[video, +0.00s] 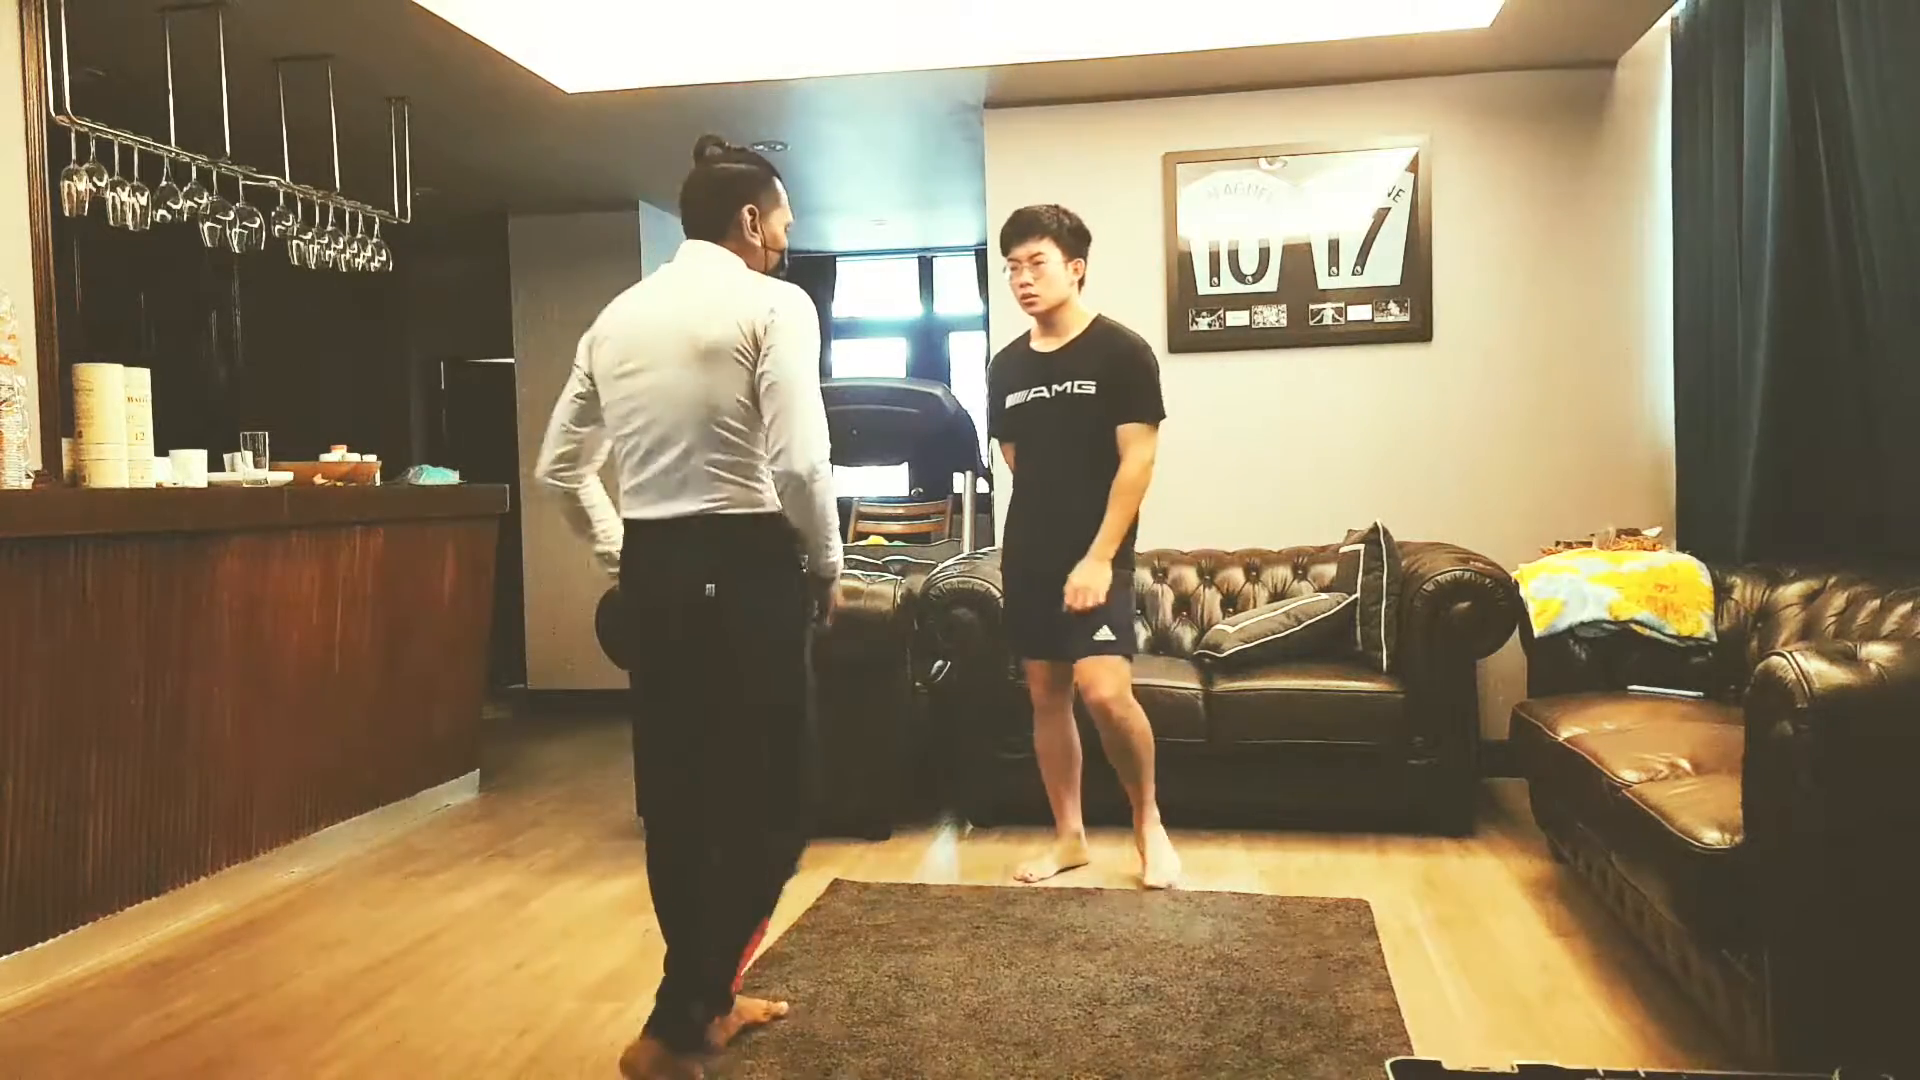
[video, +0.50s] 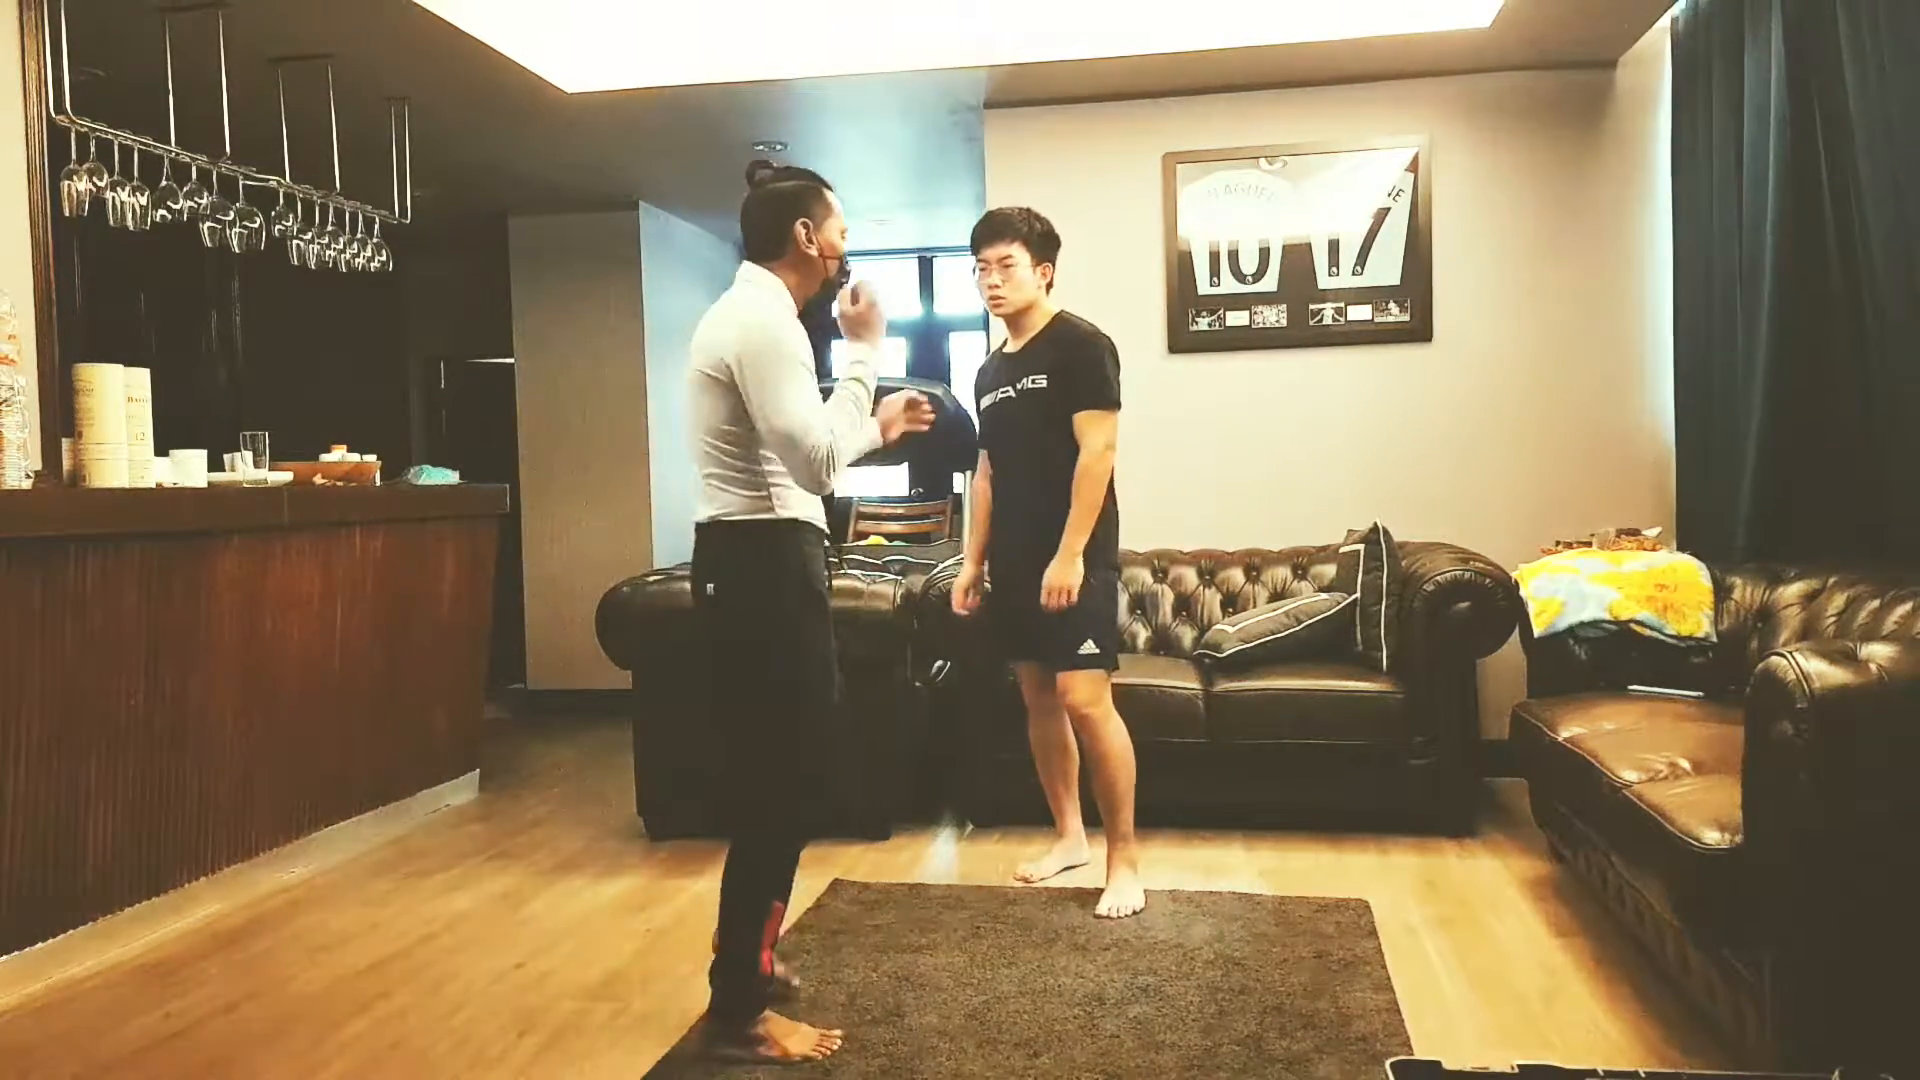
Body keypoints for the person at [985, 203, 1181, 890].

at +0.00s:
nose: (1022, 277)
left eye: (1037, 263)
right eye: (1014, 266)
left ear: (1077, 267)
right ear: (1008, 274)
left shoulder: (1122, 351)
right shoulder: (1006, 365)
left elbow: (1138, 463)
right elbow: (1017, 462)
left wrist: (1100, 557)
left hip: (1100, 545)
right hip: (1030, 549)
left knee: (1103, 691)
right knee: (1047, 691)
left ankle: (1148, 824)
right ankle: (1070, 839)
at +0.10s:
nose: (1013, 280)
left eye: (1027, 265)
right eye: (1004, 269)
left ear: (1067, 267)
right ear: (998, 276)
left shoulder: (1110, 349)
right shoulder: (1002, 365)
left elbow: (1128, 459)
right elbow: (1008, 464)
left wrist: (1088, 553)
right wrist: (1023, 543)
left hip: (1091, 546)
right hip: (1024, 549)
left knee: (1093, 692)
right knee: (1045, 694)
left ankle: (1140, 841)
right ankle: (1069, 840)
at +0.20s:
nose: (1006, 281)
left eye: (1020, 266)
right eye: (998, 270)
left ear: (1061, 268)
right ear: (993, 279)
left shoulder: (1101, 348)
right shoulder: (1000, 367)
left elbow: (1116, 459)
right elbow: (1004, 465)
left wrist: (1082, 557)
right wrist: (1010, 547)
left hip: (1084, 550)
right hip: (1021, 551)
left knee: (1089, 700)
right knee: (1042, 696)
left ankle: (1122, 862)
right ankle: (1070, 841)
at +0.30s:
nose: (1000, 280)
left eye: (1015, 265)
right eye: (992, 269)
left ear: (1054, 269)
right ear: (987, 277)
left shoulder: (1092, 348)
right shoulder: (1000, 366)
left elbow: (1104, 460)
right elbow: (1002, 468)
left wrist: (1080, 557)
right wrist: (1001, 553)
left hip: (1080, 550)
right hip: (1019, 552)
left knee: (1088, 700)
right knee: (1041, 694)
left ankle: (1125, 864)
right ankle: (1071, 841)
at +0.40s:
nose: (995, 280)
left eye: (1010, 266)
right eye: (987, 269)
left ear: (1049, 270)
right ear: (982, 277)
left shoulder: (1086, 346)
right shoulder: (995, 368)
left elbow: (1098, 456)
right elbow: (996, 472)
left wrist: (1076, 557)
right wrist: (989, 565)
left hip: (1079, 550)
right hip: (1018, 551)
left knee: (1088, 701)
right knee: (1041, 698)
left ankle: (1124, 862)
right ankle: (1070, 842)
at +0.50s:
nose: (991, 280)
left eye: (1006, 266)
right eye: (983, 269)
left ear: (1046, 269)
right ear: (979, 278)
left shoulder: (1082, 345)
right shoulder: (990, 370)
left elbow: (1097, 455)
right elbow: (989, 469)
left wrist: (1070, 555)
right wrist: (973, 557)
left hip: (1077, 551)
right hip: (1016, 553)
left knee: (1085, 699)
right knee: (1040, 697)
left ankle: (1123, 861)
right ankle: (1071, 841)